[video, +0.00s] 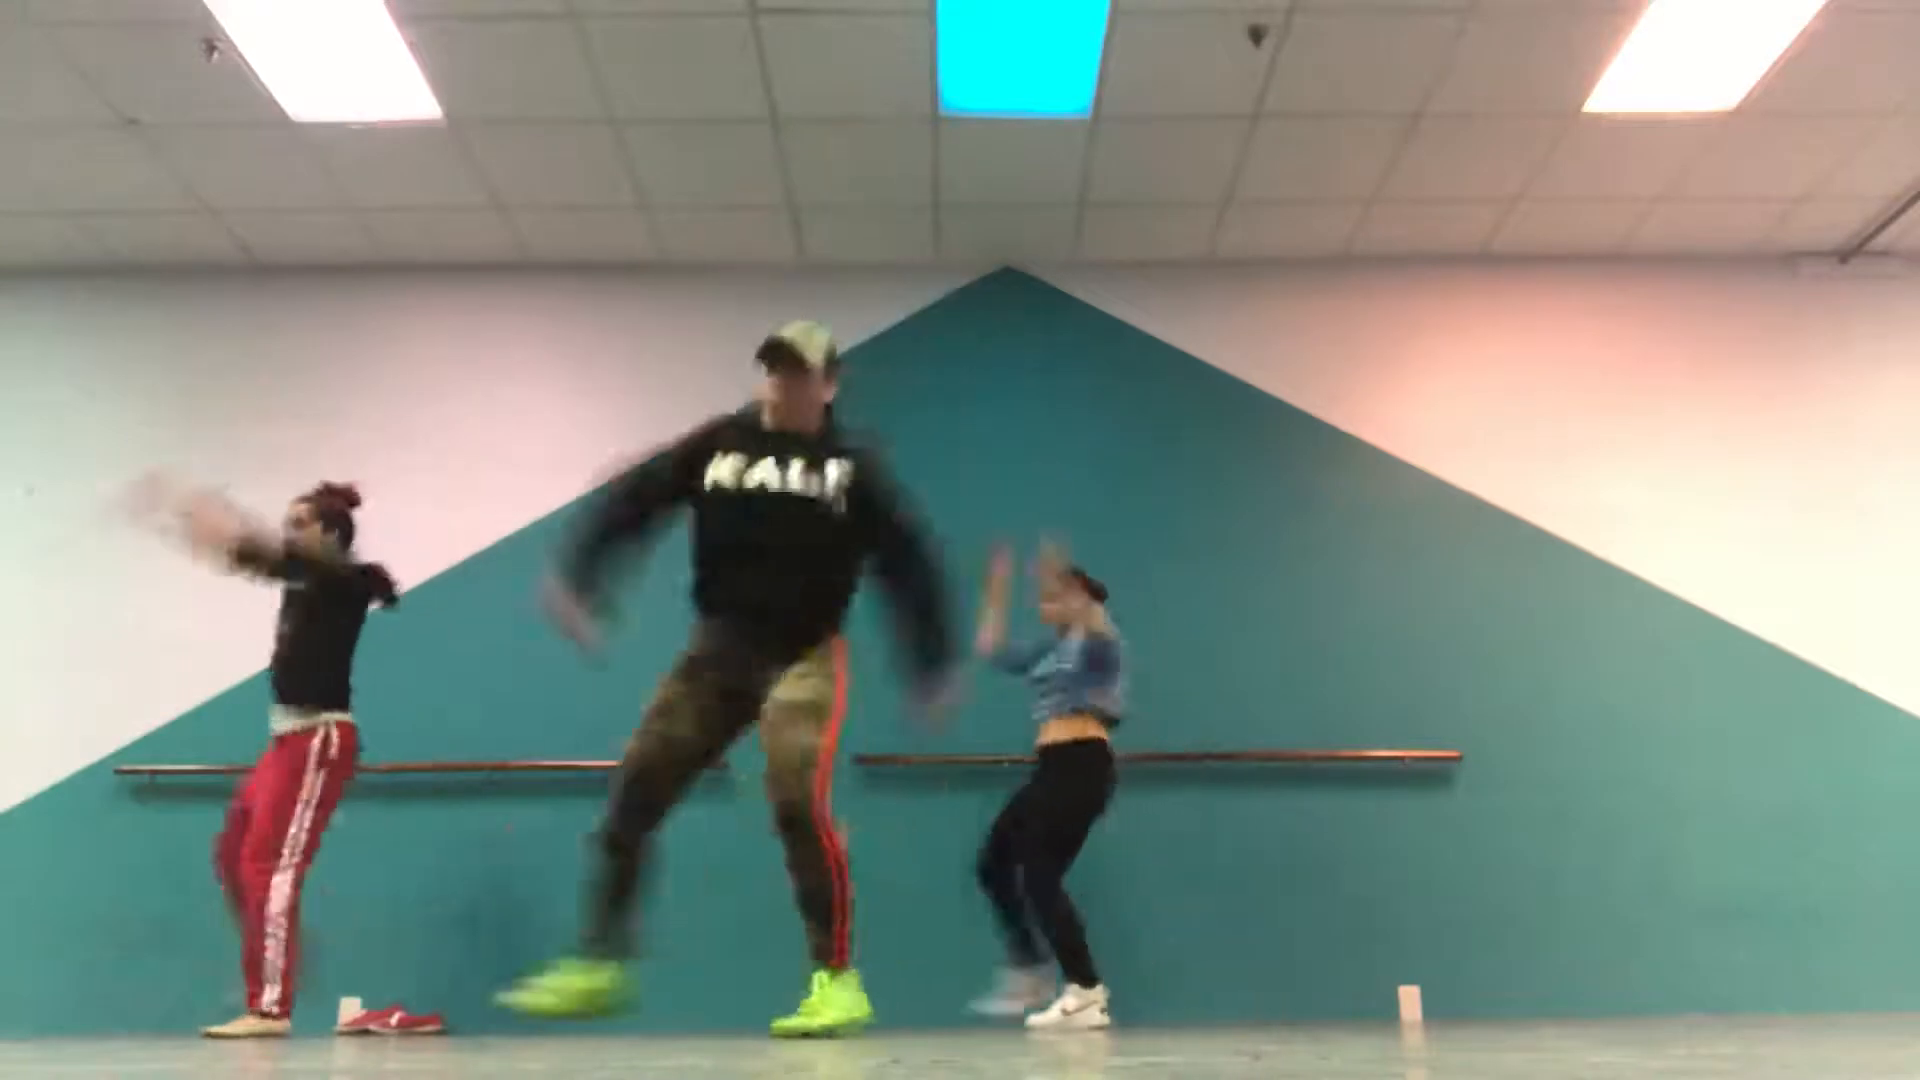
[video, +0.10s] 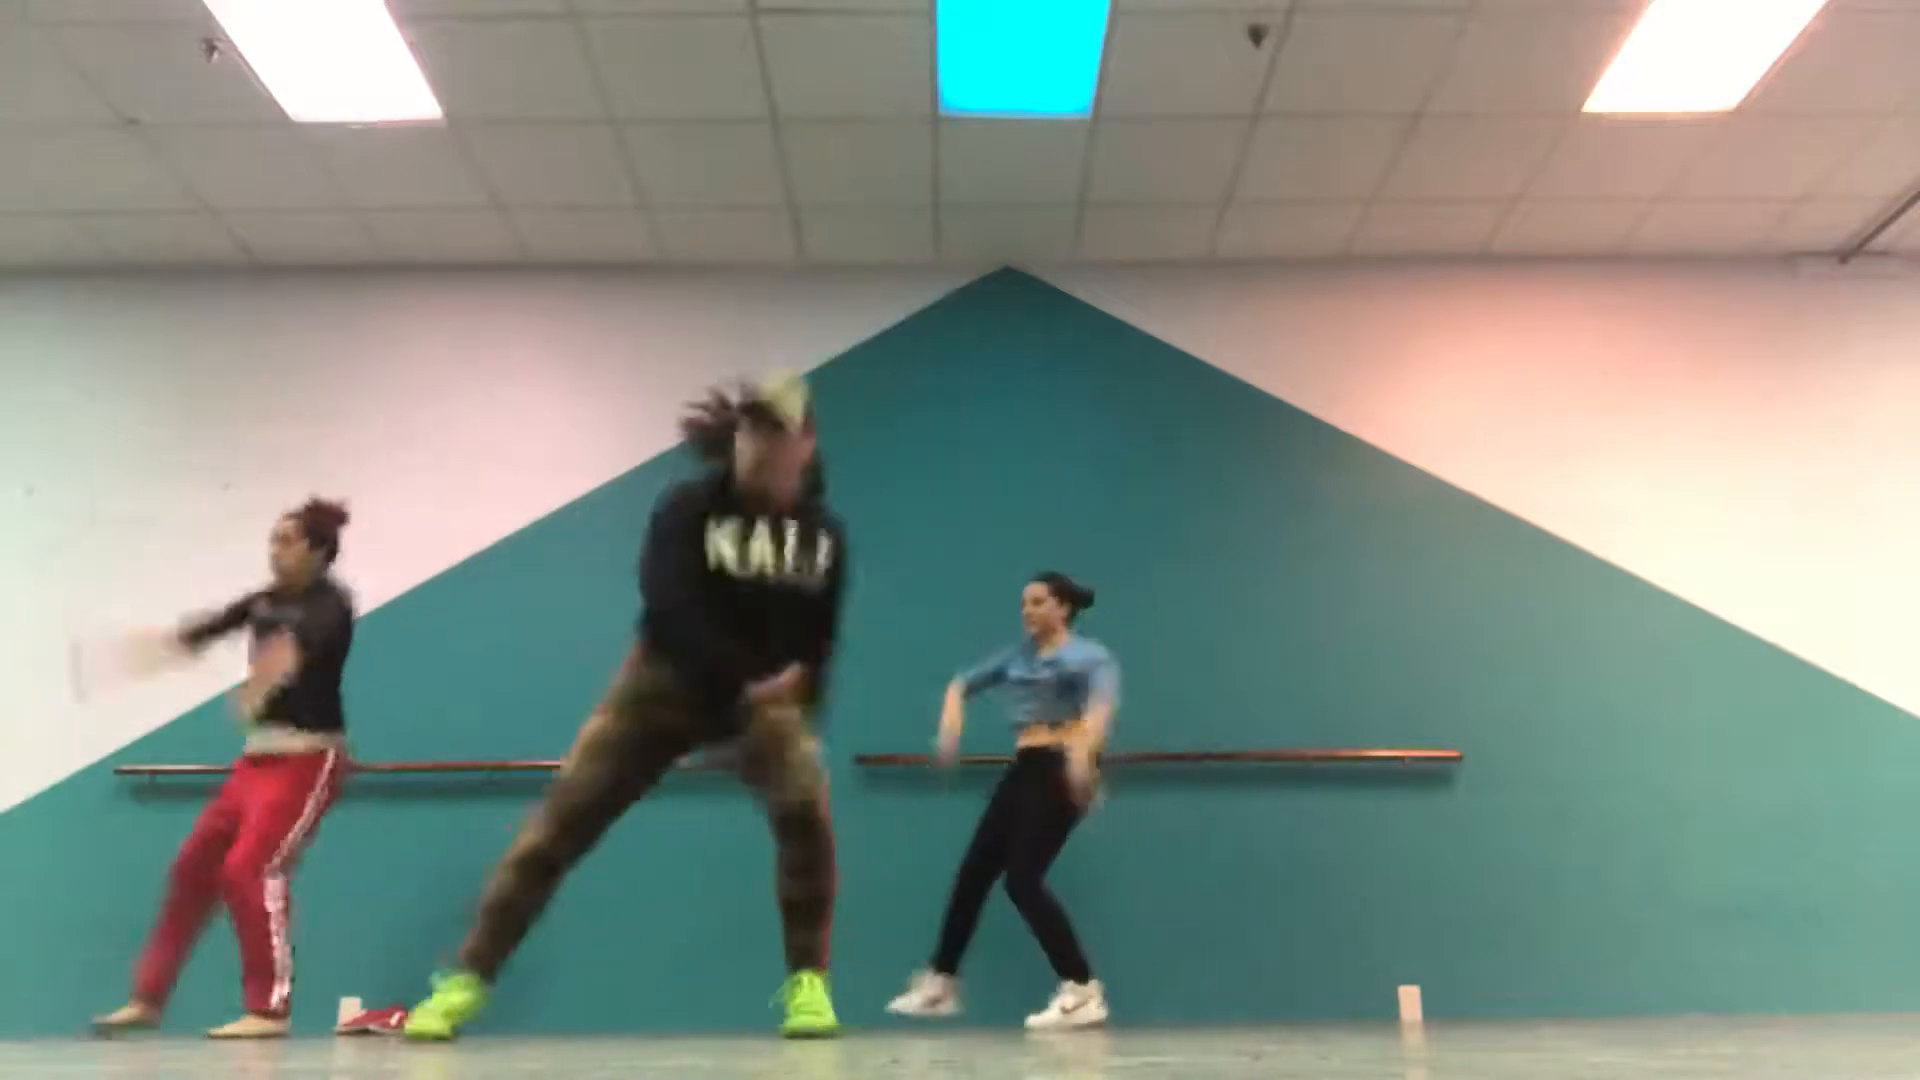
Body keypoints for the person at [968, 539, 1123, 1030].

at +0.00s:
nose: (1046, 608)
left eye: (1056, 597)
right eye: (1044, 599)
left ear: (1083, 600)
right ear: (1045, 605)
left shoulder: (1100, 645)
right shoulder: (1049, 650)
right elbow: (991, 648)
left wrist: (1090, 612)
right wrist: (998, 586)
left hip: (1085, 760)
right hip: (1051, 762)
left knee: (1040, 872)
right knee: (996, 864)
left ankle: (1084, 989)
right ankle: (1028, 972)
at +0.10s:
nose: (1028, 612)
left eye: (1037, 603)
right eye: (1025, 604)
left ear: (1064, 609)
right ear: (1024, 611)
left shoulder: (1093, 659)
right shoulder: (1017, 659)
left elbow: (1100, 712)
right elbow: (958, 686)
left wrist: (1080, 751)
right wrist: (950, 733)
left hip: (1065, 764)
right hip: (1024, 766)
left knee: (1021, 876)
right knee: (976, 871)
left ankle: (1081, 989)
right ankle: (939, 982)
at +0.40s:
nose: (1024, 595)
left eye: (1036, 588)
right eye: (1019, 587)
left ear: (1056, 603)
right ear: (1010, 600)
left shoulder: (1067, 651)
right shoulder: (1002, 657)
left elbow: (1094, 710)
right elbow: (991, 718)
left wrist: (1075, 760)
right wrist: (978, 765)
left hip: (1061, 762)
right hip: (1019, 764)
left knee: (1032, 875)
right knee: (989, 877)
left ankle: (1078, 991)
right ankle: (940, 989)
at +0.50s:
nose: (1040, 579)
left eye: (1052, 571)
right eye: (1036, 571)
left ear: (1074, 585)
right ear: (1030, 583)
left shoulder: (1072, 628)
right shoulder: (1036, 634)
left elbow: (1096, 685)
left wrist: (1100, 739)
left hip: (1064, 738)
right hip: (1033, 741)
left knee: (1047, 863)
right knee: (1026, 864)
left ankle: (1081, 987)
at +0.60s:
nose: (1062, 589)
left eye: (1073, 580)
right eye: (1056, 582)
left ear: (1096, 589)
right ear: (1050, 593)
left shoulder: (1088, 633)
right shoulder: (1062, 635)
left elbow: (1108, 701)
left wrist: (1116, 764)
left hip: (1065, 739)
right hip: (1047, 740)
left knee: (1059, 864)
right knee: (1061, 863)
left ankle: (1080, 986)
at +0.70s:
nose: (1086, 599)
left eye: (1096, 590)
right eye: (1078, 593)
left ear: (1119, 597)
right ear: (1073, 604)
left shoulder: (1111, 643)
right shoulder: (1100, 644)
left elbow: (1115, 714)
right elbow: (1122, 718)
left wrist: (1110, 776)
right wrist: (1130, 785)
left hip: (1073, 749)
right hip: (1071, 749)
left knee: (1053, 866)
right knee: (1100, 868)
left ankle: (1080, 988)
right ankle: (1189, 944)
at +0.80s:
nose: (1104, 612)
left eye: (1113, 602)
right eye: (1096, 606)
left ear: (1135, 607)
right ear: (1091, 616)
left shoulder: (1129, 648)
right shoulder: (1109, 654)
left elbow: (1113, 708)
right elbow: (1106, 716)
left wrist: (1083, 767)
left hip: (1115, 762)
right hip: (1118, 765)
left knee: (1026, 835)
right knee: (1137, 888)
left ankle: (1049, 958)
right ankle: (1221, 973)